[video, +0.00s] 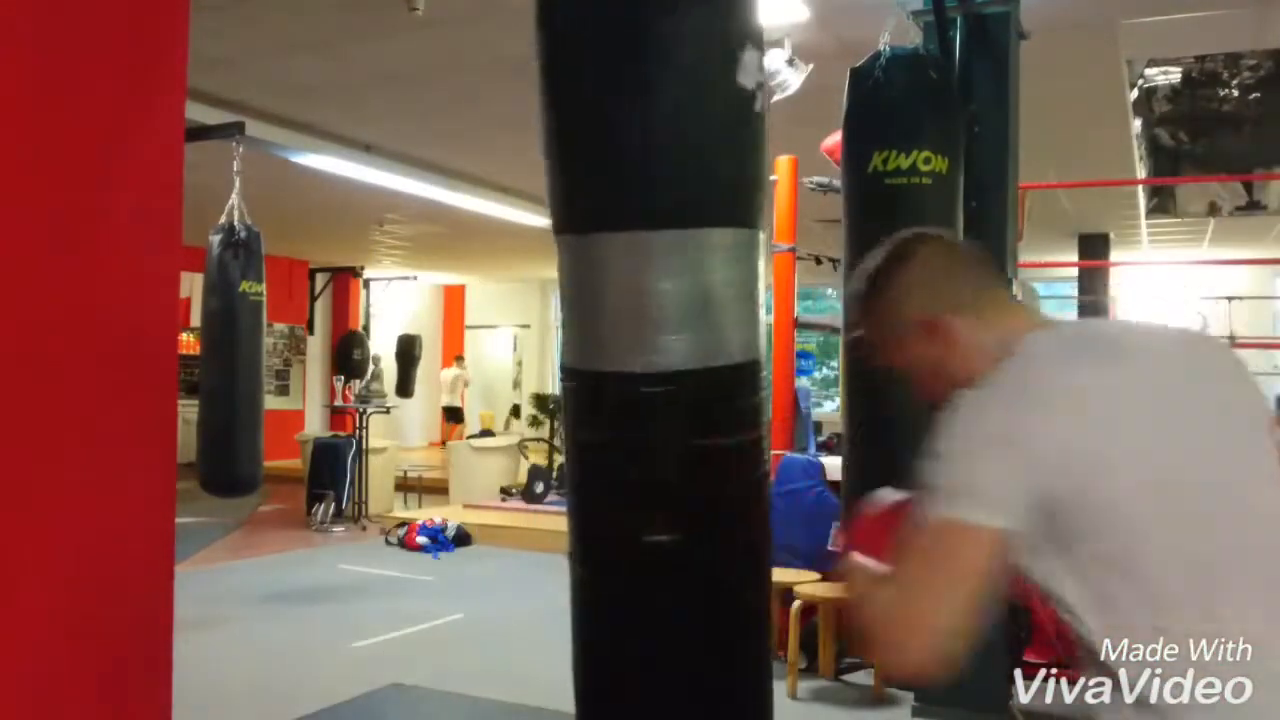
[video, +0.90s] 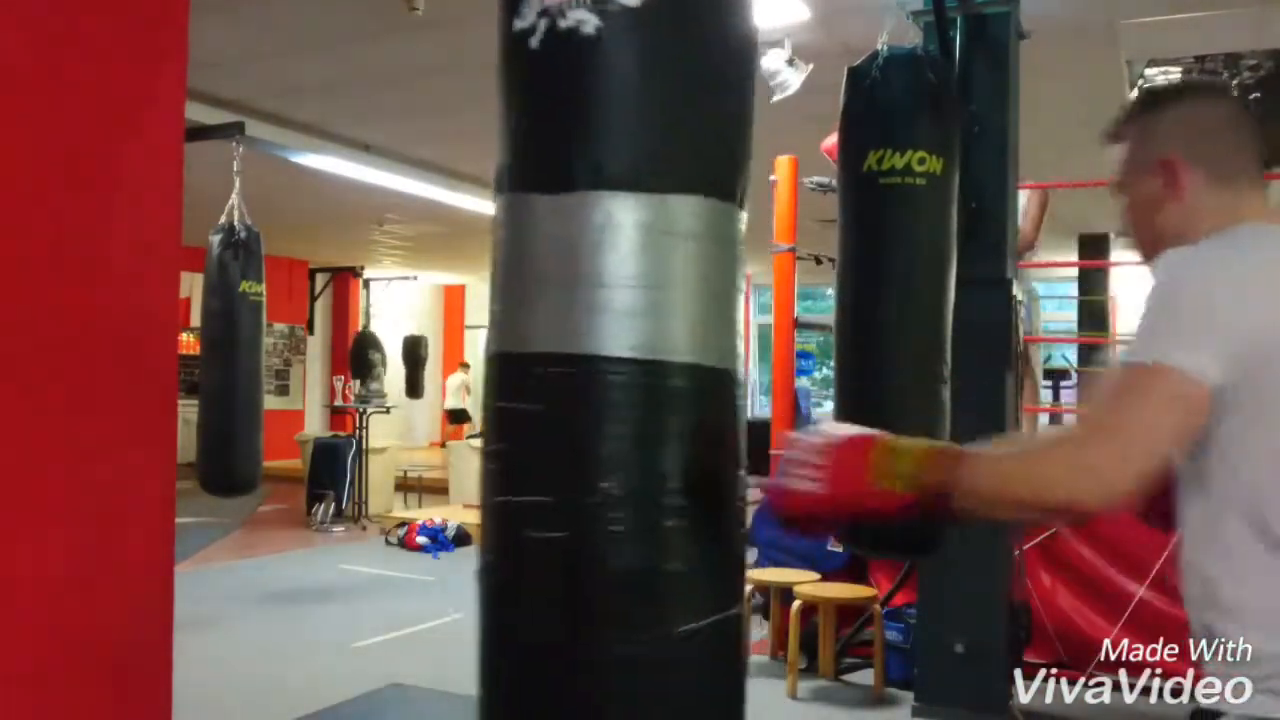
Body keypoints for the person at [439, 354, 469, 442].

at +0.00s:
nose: (462, 364)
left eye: (462, 362)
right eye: (462, 362)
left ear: (454, 361)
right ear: (461, 362)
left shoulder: (444, 372)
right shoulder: (461, 373)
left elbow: (443, 384)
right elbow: (467, 383)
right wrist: (465, 371)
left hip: (444, 402)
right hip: (455, 403)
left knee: (447, 423)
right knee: (461, 424)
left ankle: (445, 441)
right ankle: (453, 442)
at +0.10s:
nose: (462, 366)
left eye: (462, 363)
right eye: (461, 363)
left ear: (452, 363)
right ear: (458, 363)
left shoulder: (443, 374)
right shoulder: (462, 374)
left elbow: (441, 387)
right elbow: (465, 387)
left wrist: (442, 398)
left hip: (445, 403)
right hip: (457, 403)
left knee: (448, 423)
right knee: (461, 425)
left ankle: (445, 441)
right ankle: (453, 442)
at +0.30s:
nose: (461, 367)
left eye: (461, 364)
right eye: (460, 364)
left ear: (451, 365)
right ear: (457, 365)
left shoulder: (443, 377)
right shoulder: (461, 376)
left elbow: (440, 390)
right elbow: (465, 387)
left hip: (445, 404)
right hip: (456, 404)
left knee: (448, 425)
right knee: (460, 426)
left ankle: (445, 442)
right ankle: (453, 443)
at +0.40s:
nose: (462, 365)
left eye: (461, 363)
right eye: (461, 363)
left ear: (453, 362)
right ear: (458, 362)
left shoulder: (445, 372)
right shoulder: (458, 372)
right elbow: (465, 383)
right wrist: (463, 371)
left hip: (444, 401)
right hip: (454, 401)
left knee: (449, 422)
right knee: (462, 421)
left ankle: (446, 441)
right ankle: (455, 441)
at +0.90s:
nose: (468, 372)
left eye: (468, 369)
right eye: (467, 369)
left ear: (459, 368)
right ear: (465, 369)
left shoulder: (450, 377)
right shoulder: (464, 377)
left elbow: (449, 390)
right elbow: (468, 391)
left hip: (447, 405)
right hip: (458, 405)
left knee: (452, 424)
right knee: (468, 423)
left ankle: (444, 441)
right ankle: (466, 443)